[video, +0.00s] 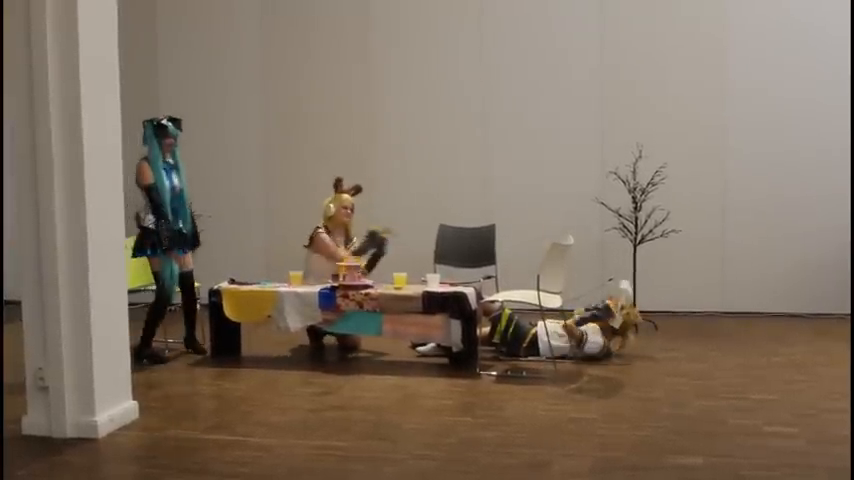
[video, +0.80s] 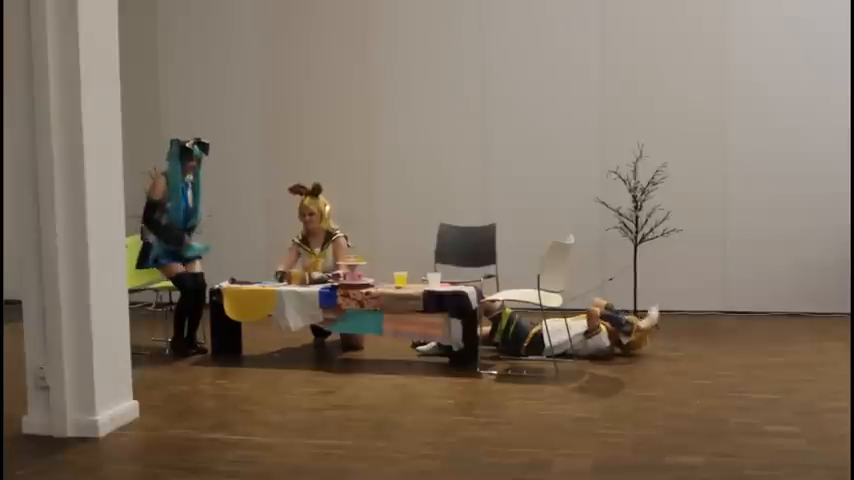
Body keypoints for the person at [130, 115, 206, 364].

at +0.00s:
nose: (172, 142)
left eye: (174, 138)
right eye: (167, 138)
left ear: (175, 140)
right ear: (155, 140)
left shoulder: (173, 165)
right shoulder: (145, 167)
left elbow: (183, 201)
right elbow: (155, 204)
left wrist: (192, 229)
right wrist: (169, 233)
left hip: (179, 232)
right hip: (156, 235)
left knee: (189, 289)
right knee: (165, 292)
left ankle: (191, 338)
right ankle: (144, 346)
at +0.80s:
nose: (193, 165)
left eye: (196, 161)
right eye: (190, 160)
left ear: (198, 163)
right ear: (180, 160)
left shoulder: (192, 183)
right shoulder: (163, 181)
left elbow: (191, 216)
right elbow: (149, 218)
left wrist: (190, 234)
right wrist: (177, 238)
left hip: (184, 243)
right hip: (161, 245)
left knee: (199, 287)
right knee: (188, 287)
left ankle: (191, 339)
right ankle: (178, 340)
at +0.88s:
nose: (194, 173)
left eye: (196, 169)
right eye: (191, 168)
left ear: (197, 170)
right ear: (180, 168)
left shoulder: (189, 191)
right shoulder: (162, 189)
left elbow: (187, 221)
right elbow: (146, 224)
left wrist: (185, 239)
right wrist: (168, 243)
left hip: (181, 251)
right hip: (160, 252)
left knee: (201, 287)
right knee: (189, 288)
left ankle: (191, 339)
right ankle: (178, 340)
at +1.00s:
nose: (195, 183)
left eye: (197, 178)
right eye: (191, 178)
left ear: (198, 180)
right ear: (180, 178)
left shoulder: (190, 200)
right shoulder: (161, 199)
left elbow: (190, 230)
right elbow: (145, 232)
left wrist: (184, 250)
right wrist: (170, 252)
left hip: (181, 257)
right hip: (160, 259)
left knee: (203, 288)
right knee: (191, 288)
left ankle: (191, 337)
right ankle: (179, 339)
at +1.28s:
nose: (183, 199)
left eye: (185, 196)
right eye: (180, 195)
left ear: (185, 197)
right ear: (169, 196)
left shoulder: (180, 217)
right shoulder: (152, 216)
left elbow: (185, 243)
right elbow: (137, 250)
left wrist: (180, 260)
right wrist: (162, 262)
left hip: (176, 268)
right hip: (157, 271)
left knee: (206, 290)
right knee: (193, 291)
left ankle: (190, 338)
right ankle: (178, 340)